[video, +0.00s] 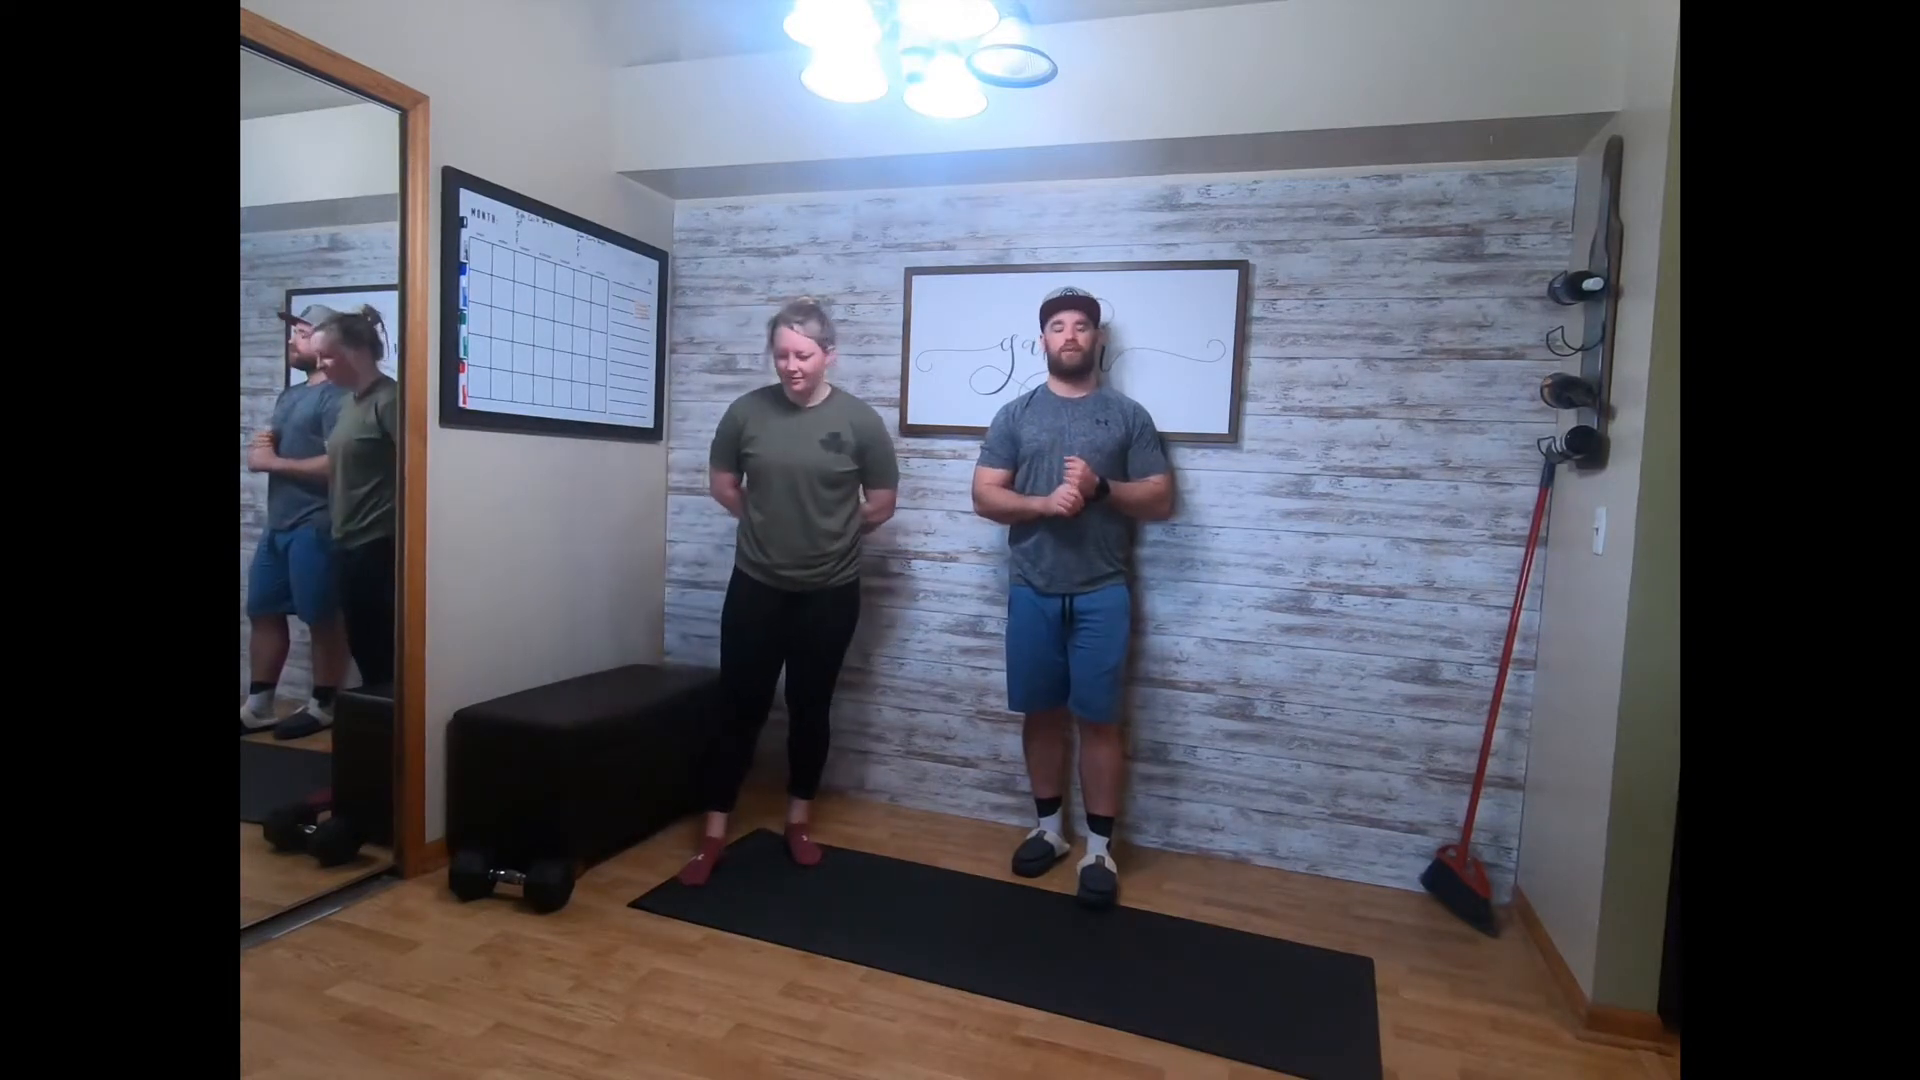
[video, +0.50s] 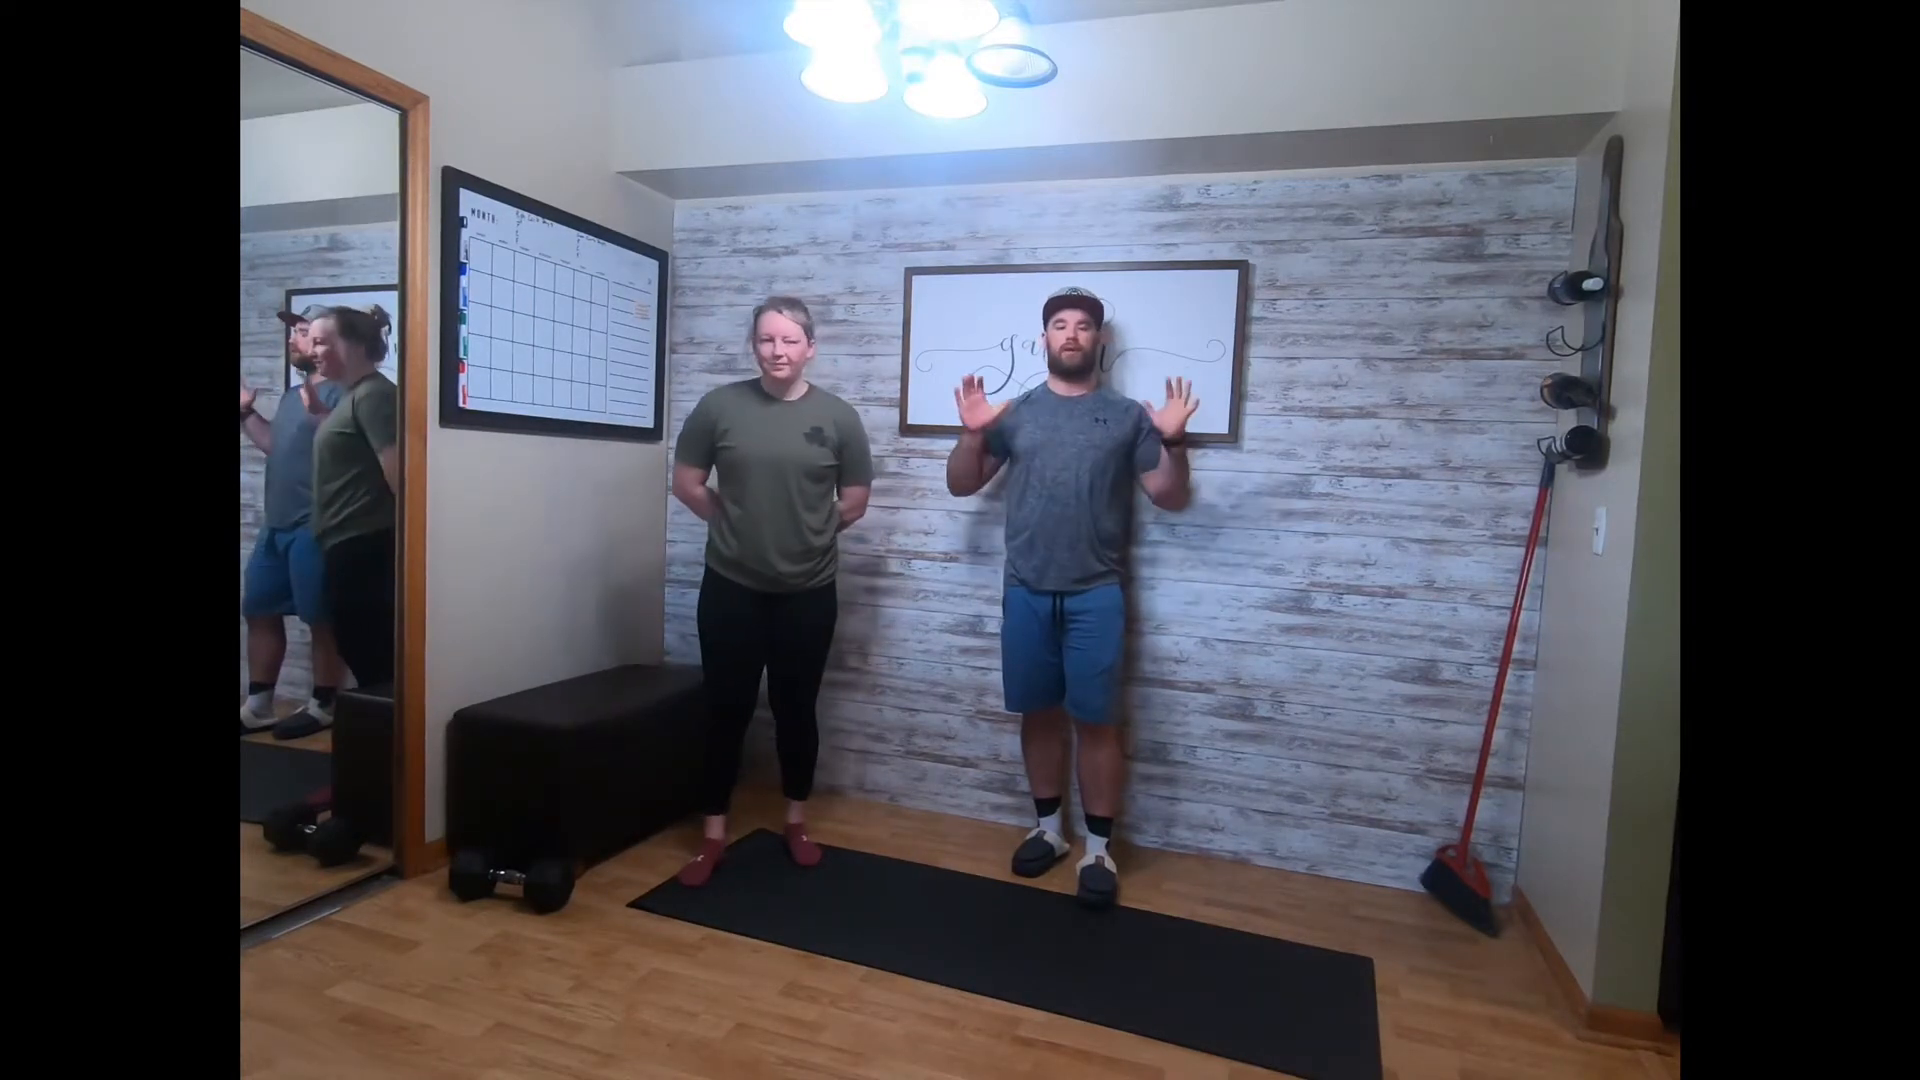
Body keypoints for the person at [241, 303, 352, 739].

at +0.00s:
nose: (293, 338)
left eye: (304, 333)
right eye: (295, 332)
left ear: (327, 346)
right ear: (299, 343)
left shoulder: (338, 397)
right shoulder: (288, 396)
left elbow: (337, 464)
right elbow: (280, 444)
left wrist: (274, 462)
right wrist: (264, 442)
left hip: (317, 523)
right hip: (278, 524)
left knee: (322, 617)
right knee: (264, 610)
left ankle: (324, 706)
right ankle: (259, 704)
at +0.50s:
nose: (294, 339)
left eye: (304, 332)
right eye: (295, 333)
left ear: (326, 342)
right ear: (299, 344)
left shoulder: (343, 392)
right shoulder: (294, 394)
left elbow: (346, 447)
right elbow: (276, 446)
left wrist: (317, 412)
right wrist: (248, 413)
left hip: (317, 523)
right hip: (276, 523)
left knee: (321, 617)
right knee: (260, 608)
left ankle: (324, 706)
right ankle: (259, 704)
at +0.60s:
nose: (294, 339)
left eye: (304, 333)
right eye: (295, 332)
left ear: (327, 343)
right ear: (298, 343)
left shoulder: (343, 392)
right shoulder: (295, 392)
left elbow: (357, 439)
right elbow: (268, 440)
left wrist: (334, 393)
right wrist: (247, 398)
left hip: (318, 526)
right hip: (277, 524)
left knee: (321, 619)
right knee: (259, 609)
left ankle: (324, 706)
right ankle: (259, 704)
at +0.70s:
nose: (300, 344)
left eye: (310, 336)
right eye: (300, 337)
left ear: (334, 344)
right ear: (301, 345)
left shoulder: (347, 394)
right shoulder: (293, 391)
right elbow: (254, 411)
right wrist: (242, 371)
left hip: (319, 527)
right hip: (279, 525)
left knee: (321, 619)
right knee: (261, 609)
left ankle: (325, 706)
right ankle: (259, 703)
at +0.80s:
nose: (298, 342)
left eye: (308, 336)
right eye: (297, 335)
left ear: (331, 344)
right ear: (296, 343)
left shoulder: (347, 391)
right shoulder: (289, 386)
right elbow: (250, 384)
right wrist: (238, 346)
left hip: (322, 528)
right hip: (280, 523)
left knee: (322, 621)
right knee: (264, 609)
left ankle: (324, 705)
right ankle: (259, 703)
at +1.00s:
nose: (292, 341)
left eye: (301, 333)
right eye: (290, 333)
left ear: (327, 339)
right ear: (290, 342)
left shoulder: (338, 382)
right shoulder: (289, 375)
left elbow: (349, 335)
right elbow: (252, 336)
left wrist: (342, 283)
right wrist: (238, 301)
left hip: (323, 522)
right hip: (283, 519)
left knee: (322, 617)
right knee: (264, 609)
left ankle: (324, 706)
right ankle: (260, 702)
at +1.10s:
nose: (292, 341)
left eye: (301, 334)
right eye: (290, 333)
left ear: (325, 341)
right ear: (288, 341)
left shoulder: (336, 383)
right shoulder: (287, 376)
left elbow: (346, 338)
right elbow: (251, 341)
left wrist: (341, 291)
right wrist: (240, 306)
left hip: (321, 522)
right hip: (282, 519)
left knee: (321, 617)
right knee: (264, 609)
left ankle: (324, 705)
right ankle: (260, 702)